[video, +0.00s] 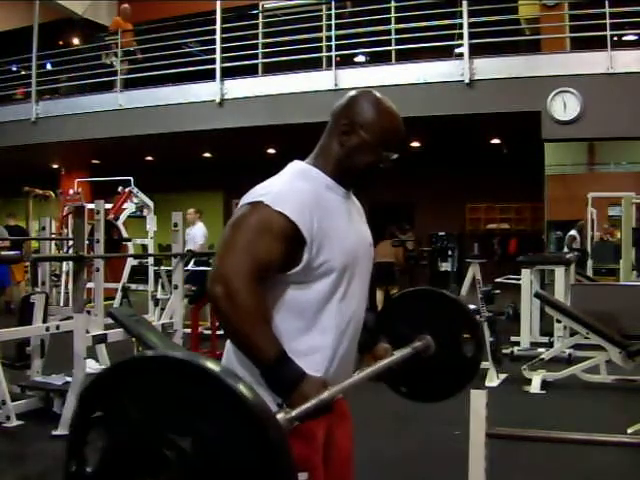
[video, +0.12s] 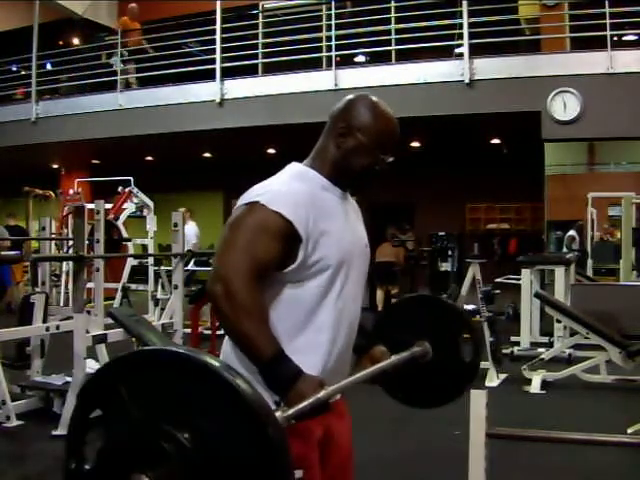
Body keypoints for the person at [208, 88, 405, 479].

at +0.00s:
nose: (386, 162)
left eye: (390, 152)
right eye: (384, 149)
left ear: (349, 134)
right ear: (347, 133)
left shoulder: (350, 206)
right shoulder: (287, 198)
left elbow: (335, 294)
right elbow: (227, 283)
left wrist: (371, 342)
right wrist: (290, 379)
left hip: (328, 405)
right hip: (273, 413)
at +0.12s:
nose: (382, 163)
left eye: (386, 154)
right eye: (379, 150)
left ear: (345, 136)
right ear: (344, 135)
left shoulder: (348, 207)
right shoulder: (284, 197)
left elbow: (329, 298)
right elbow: (227, 284)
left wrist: (366, 346)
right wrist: (287, 378)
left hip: (329, 408)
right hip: (272, 417)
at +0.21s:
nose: (376, 162)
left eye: (379, 153)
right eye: (371, 149)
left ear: (338, 136)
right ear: (335, 134)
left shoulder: (341, 206)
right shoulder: (278, 199)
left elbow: (323, 302)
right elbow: (228, 288)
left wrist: (363, 349)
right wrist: (287, 380)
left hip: (328, 408)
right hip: (271, 416)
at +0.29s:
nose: (372, 154)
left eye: (374, 145)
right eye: (364, 142)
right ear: (327, 134)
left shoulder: (340, 208)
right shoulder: (274, 199)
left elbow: (321, 302)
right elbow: (226, 288)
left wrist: (361, 351)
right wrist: (284, 379)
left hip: (326, 408)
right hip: (269, 415)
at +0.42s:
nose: (359, 137)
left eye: (359, 126)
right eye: (348, 125)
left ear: (314, 130)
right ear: (310, 128)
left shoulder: (332, 208)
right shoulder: (271, 198)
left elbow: (316, 305)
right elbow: (224, 291)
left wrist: (357, 354)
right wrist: (280, 382)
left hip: (321, 409)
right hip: (267, 416)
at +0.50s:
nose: (351, 128)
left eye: (349, 119)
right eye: (336, 118)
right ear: (300, 128)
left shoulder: (329, 207)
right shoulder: (269, 196)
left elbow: (316, 306)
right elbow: (221, 290)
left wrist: (356, 357)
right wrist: (276, 387)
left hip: (316, 408)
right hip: (257, 415)